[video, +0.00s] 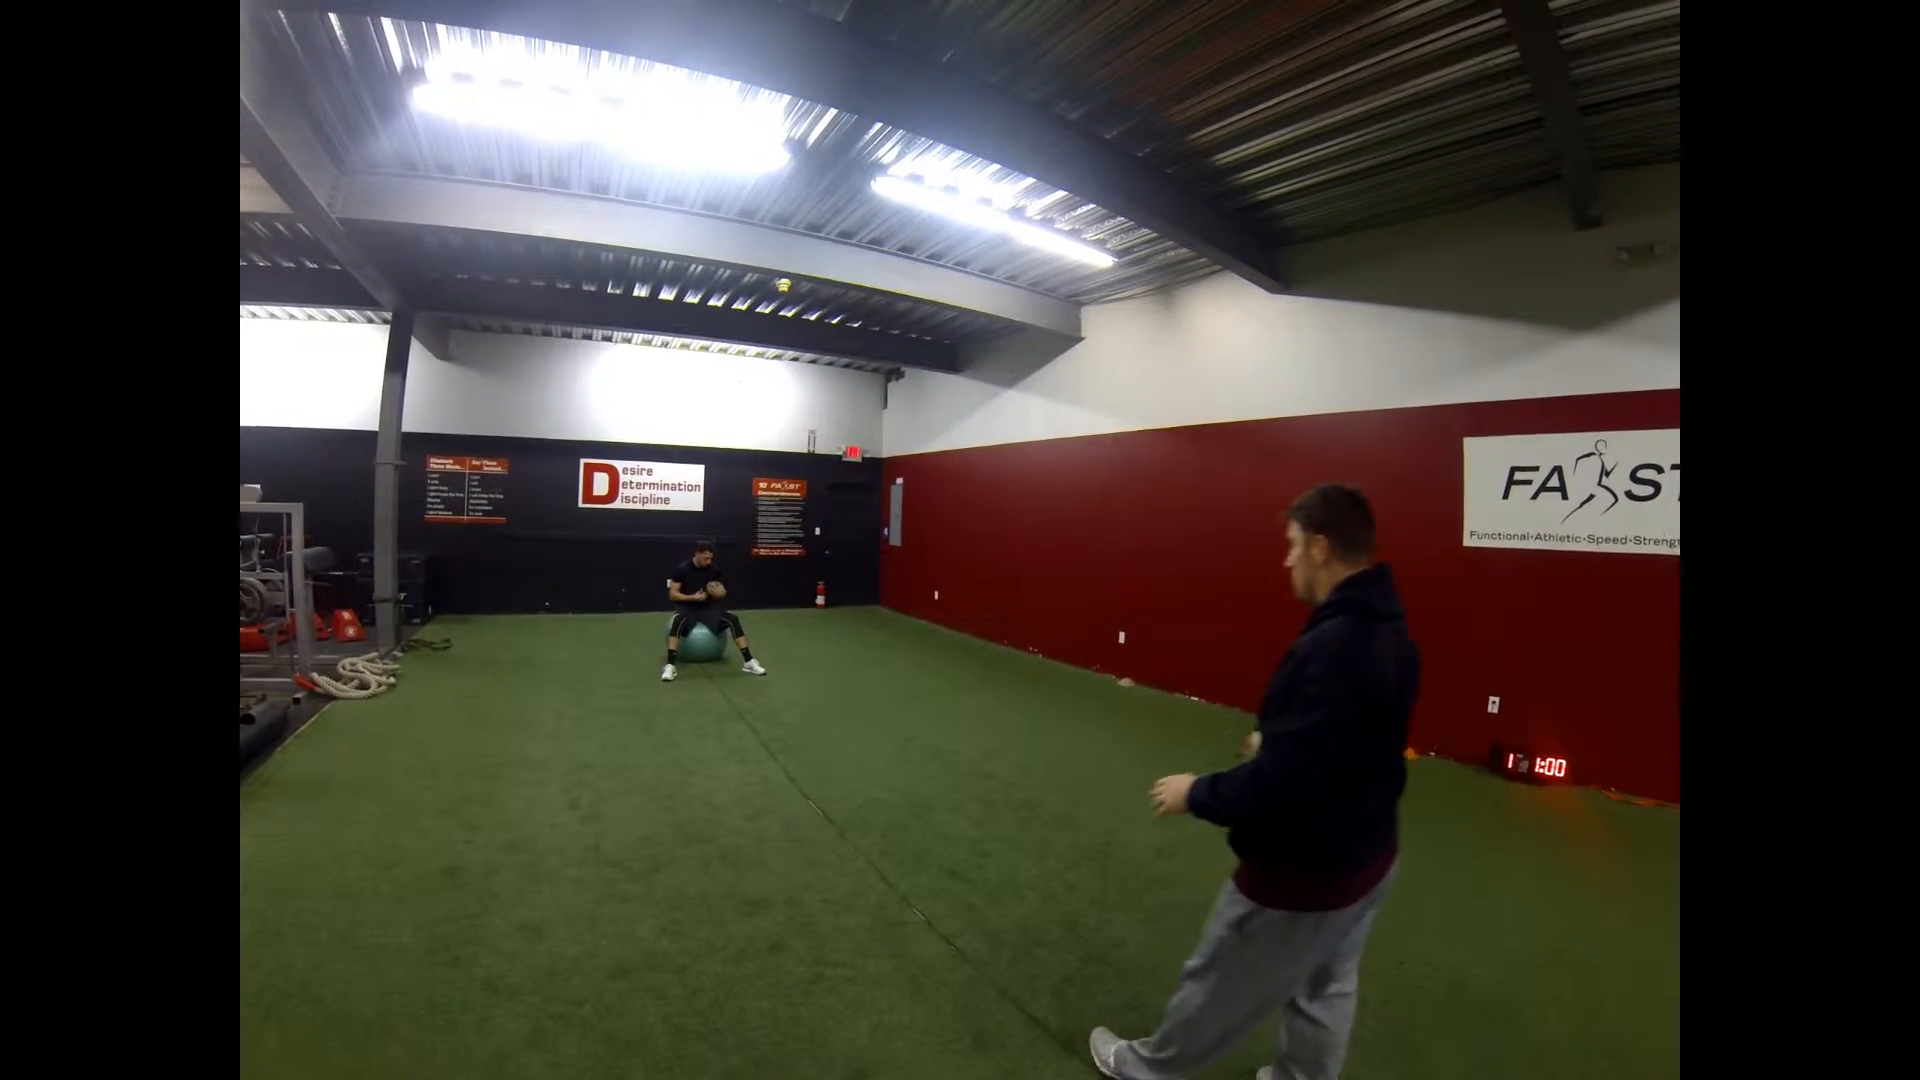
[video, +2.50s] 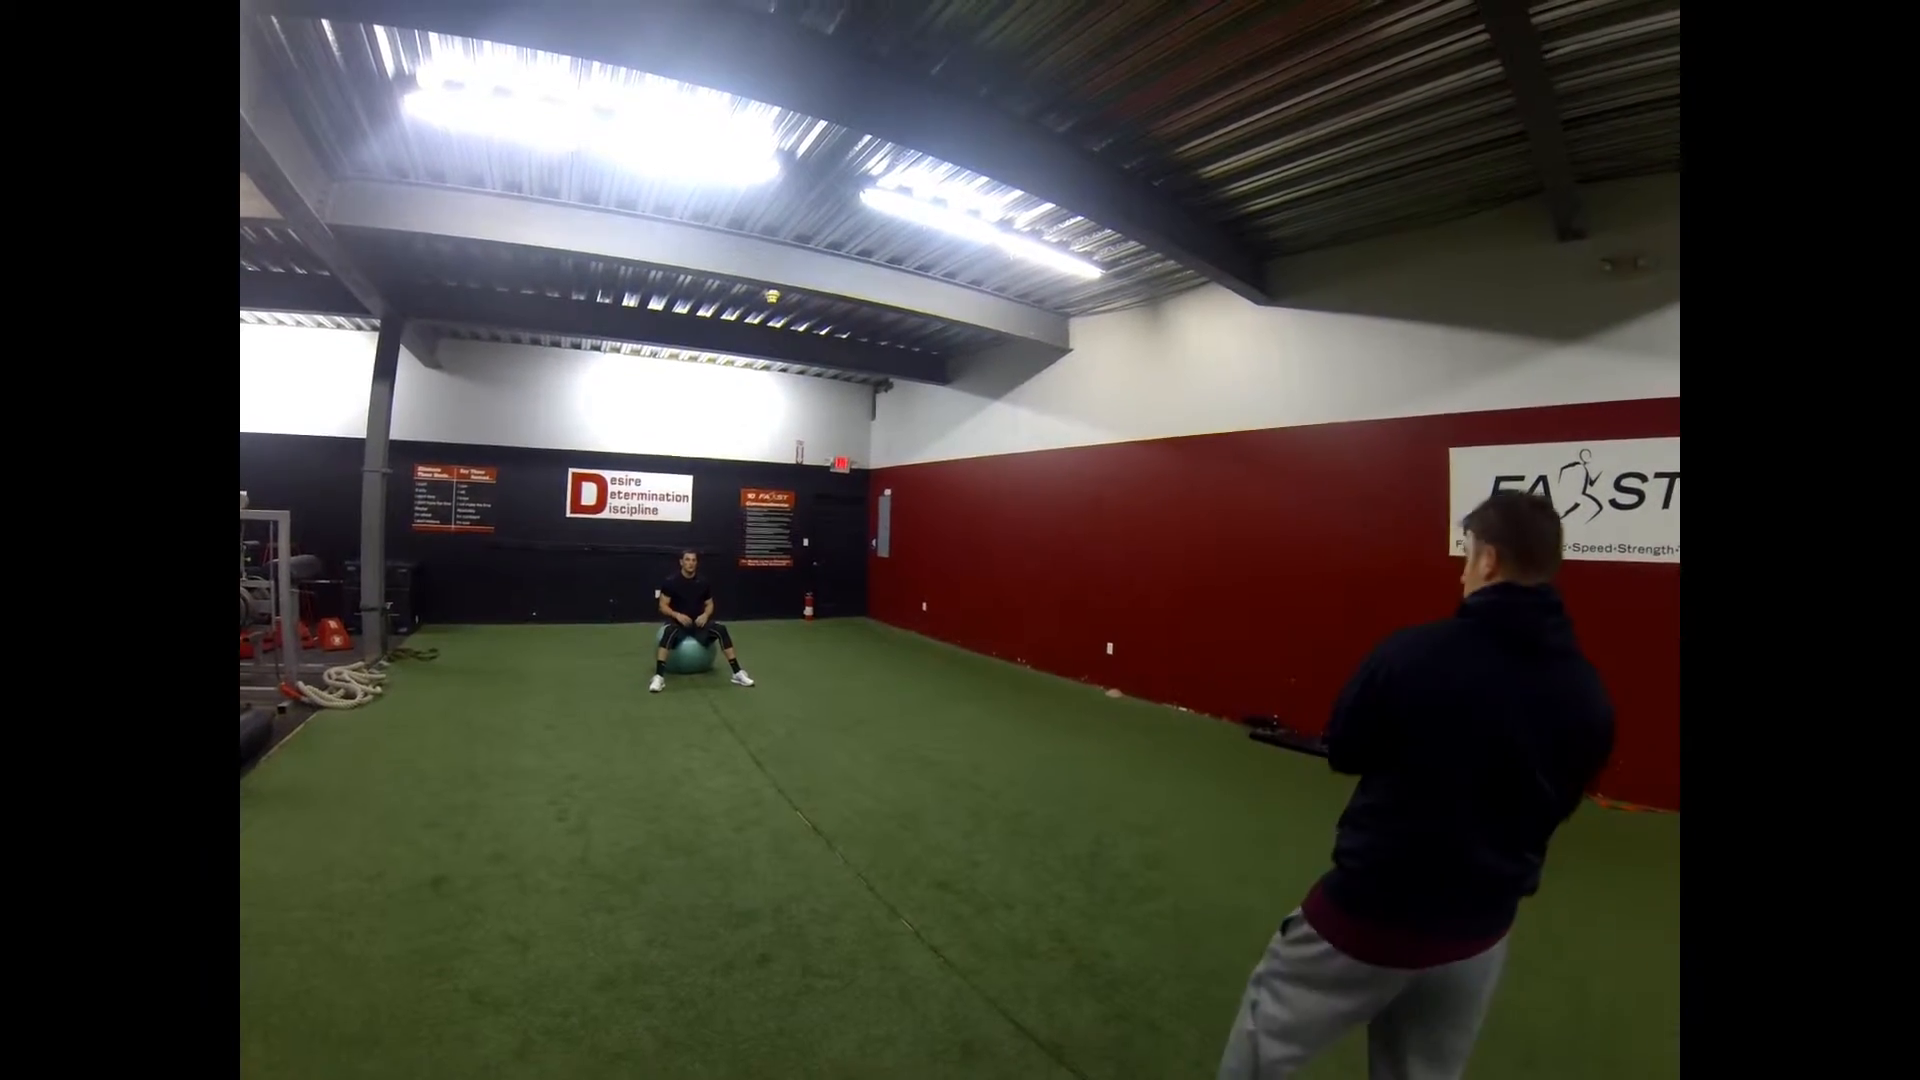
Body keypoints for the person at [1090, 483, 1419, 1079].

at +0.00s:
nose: (1287, 563)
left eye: (1292, 547)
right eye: (1288, 547)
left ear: (1320, 548)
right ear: (1340, 547)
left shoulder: (1334, 644)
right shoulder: (1386, 628)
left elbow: (1286, 776)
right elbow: (1360, 740)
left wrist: (1197, 792)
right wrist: (1278, 744)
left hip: (1297, 874)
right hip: (1362, 859)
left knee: (1220, 983)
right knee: (1325, 990)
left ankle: (1151, 1063)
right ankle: (1304, 1074)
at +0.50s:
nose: (1331, 548)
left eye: (1340, 532)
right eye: (1334, 533)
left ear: (1374, 542)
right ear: (1388, 543)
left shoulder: (1366, 648)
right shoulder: (1425, 634)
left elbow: (1309, 784)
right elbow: (1392, 767)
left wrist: (1225, 786)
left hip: (1317, 898)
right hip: (1381, 884)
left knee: (1269, 1058)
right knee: (1333, 1039)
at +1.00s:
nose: (1304, 544)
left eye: (1316, 528)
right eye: (1310, 528)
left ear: (1353, 546)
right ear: (1363, 547)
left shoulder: (1347, 666)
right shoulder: (1414, 645)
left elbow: (1262, 847)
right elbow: (1368, 775)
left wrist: (1196, 806)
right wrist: (1268, 767)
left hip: (1306, 957)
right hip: (1373, 931)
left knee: (1266, 1069)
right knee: (1313, 1066)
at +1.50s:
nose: (1287, 561)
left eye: (1297, 543)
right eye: (1292, 543)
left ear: (1330, 558)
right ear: (1385, 563)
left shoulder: (1319, 680)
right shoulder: (1407, 655)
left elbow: (1188, 794)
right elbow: (1325, 751)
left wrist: (1144, 748)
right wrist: (1220, 730)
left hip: (1321, 974)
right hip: (1410, 945)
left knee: (1251, 1069)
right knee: (1330, 1065)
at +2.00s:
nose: (1342, 591)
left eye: (1342, 576)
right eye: (1341, 578)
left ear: (1360, 576)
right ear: (1424, 570)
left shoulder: (1343, 690)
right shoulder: (1490, 669)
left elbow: (1276, 823)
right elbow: (1482, 794)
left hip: (1359, 978)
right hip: (1471, 962)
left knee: (1267, 1070)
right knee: (1412, 1072)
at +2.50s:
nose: (1463, 572)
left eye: (1467, 557)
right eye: (1464, 557)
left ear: (1489, 561)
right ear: (1551, 567)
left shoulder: (1416, 655)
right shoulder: (1583, 692)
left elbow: (1346, 750)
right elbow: (1551, 805)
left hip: (1369, 913)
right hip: (1479, 930)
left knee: (1269, 1032)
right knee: (1427, 1070)